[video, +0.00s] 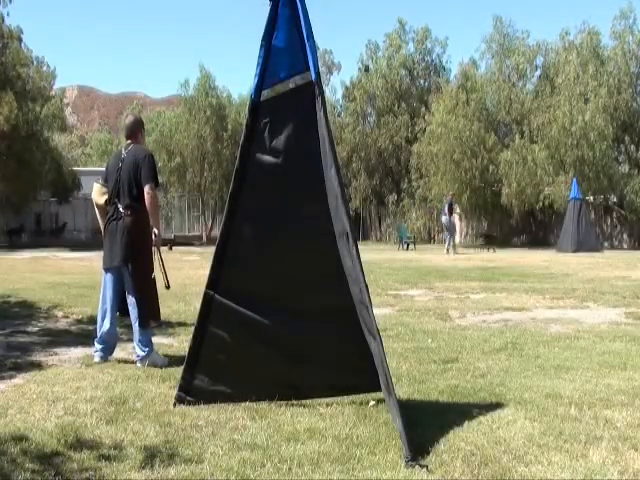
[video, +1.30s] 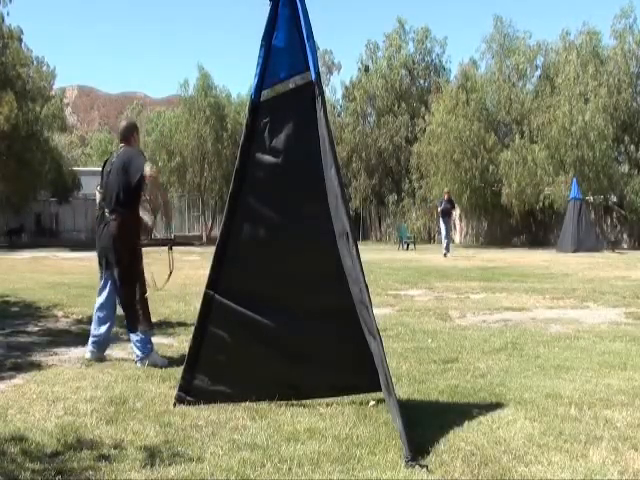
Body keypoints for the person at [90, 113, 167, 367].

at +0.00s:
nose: (145, 135)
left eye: (143, 132)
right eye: (144, 132)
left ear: (125, 135)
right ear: (140, 133)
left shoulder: (113, 160)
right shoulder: (144, 155)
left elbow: (99, 197)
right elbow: (149, 193)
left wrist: (105, 228)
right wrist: (156, 227)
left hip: (112, 230)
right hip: (134, 230)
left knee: (109, 294)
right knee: (138, 293)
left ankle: (102, 349)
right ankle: (144, 351)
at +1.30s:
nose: (140, 140)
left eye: (138, 136)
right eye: (139, 136)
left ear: (120, 138)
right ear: (135, 137)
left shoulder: (110, 160)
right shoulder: (134, 156)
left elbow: (101, 194)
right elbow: (148, 181)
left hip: (106, 223)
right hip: (124, 225)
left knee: (107, 288)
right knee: (132, 288)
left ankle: (96, 346)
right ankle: (144, 351)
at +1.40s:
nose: (140, 138)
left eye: (138, 135)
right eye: (139, 134)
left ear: (119, 138)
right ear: (134, 136)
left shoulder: (112, 160)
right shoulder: (128, 152)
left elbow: (110, 200)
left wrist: (140, 214)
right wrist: (167, 149)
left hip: (100, 236)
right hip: (119, 237)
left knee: (104, 292)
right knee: (138, 289)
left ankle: (95, 347)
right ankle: (143, 350)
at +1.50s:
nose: (144, 140)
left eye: (143, 137)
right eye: (142, 136)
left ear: (123, 138)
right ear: (135, 138)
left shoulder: (110, 163)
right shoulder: (129, 156)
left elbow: (94, 186)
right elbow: (143, 136)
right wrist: (163, 119)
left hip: (98, 238)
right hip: (118, 238)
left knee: (100, 296)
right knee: (133, 292)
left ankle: (95, 347)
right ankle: (130, 349)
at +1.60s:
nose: (144, 151)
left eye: (141, 148)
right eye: (143, 148)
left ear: (123, 148)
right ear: (139, 149)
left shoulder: (112, 164)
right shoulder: (141, 168)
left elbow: (90, 184)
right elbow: (167, 181)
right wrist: (177, 156)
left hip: (92, 224)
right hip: (111, 229)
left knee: (94, 285)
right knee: (122, 284)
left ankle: (94, 346)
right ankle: (126, 350)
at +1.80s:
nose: (140, 158)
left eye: (138, 154)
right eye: (139, 154)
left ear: (119, 154)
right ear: (133, 155)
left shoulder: (102, 168)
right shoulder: (135, 182)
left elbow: (75, 193)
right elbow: (137, 224)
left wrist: (88, 219)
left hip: (90, 230)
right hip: (112, 236)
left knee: (95, 289)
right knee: (127, 290)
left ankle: (89, 346)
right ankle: (127, 351)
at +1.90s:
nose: (131, 149)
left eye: (128, 144)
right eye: (131, 145)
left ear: (111, 144)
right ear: (127, 146)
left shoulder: (95, 161)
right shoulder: (131, 172)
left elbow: (76, 192)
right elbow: (132, 213)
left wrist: (92, 206)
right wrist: (131, 242)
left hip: (85, 230)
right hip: (108, 235)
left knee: (92, 290)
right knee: (117, 291)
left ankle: (74, 346)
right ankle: (127, 352)